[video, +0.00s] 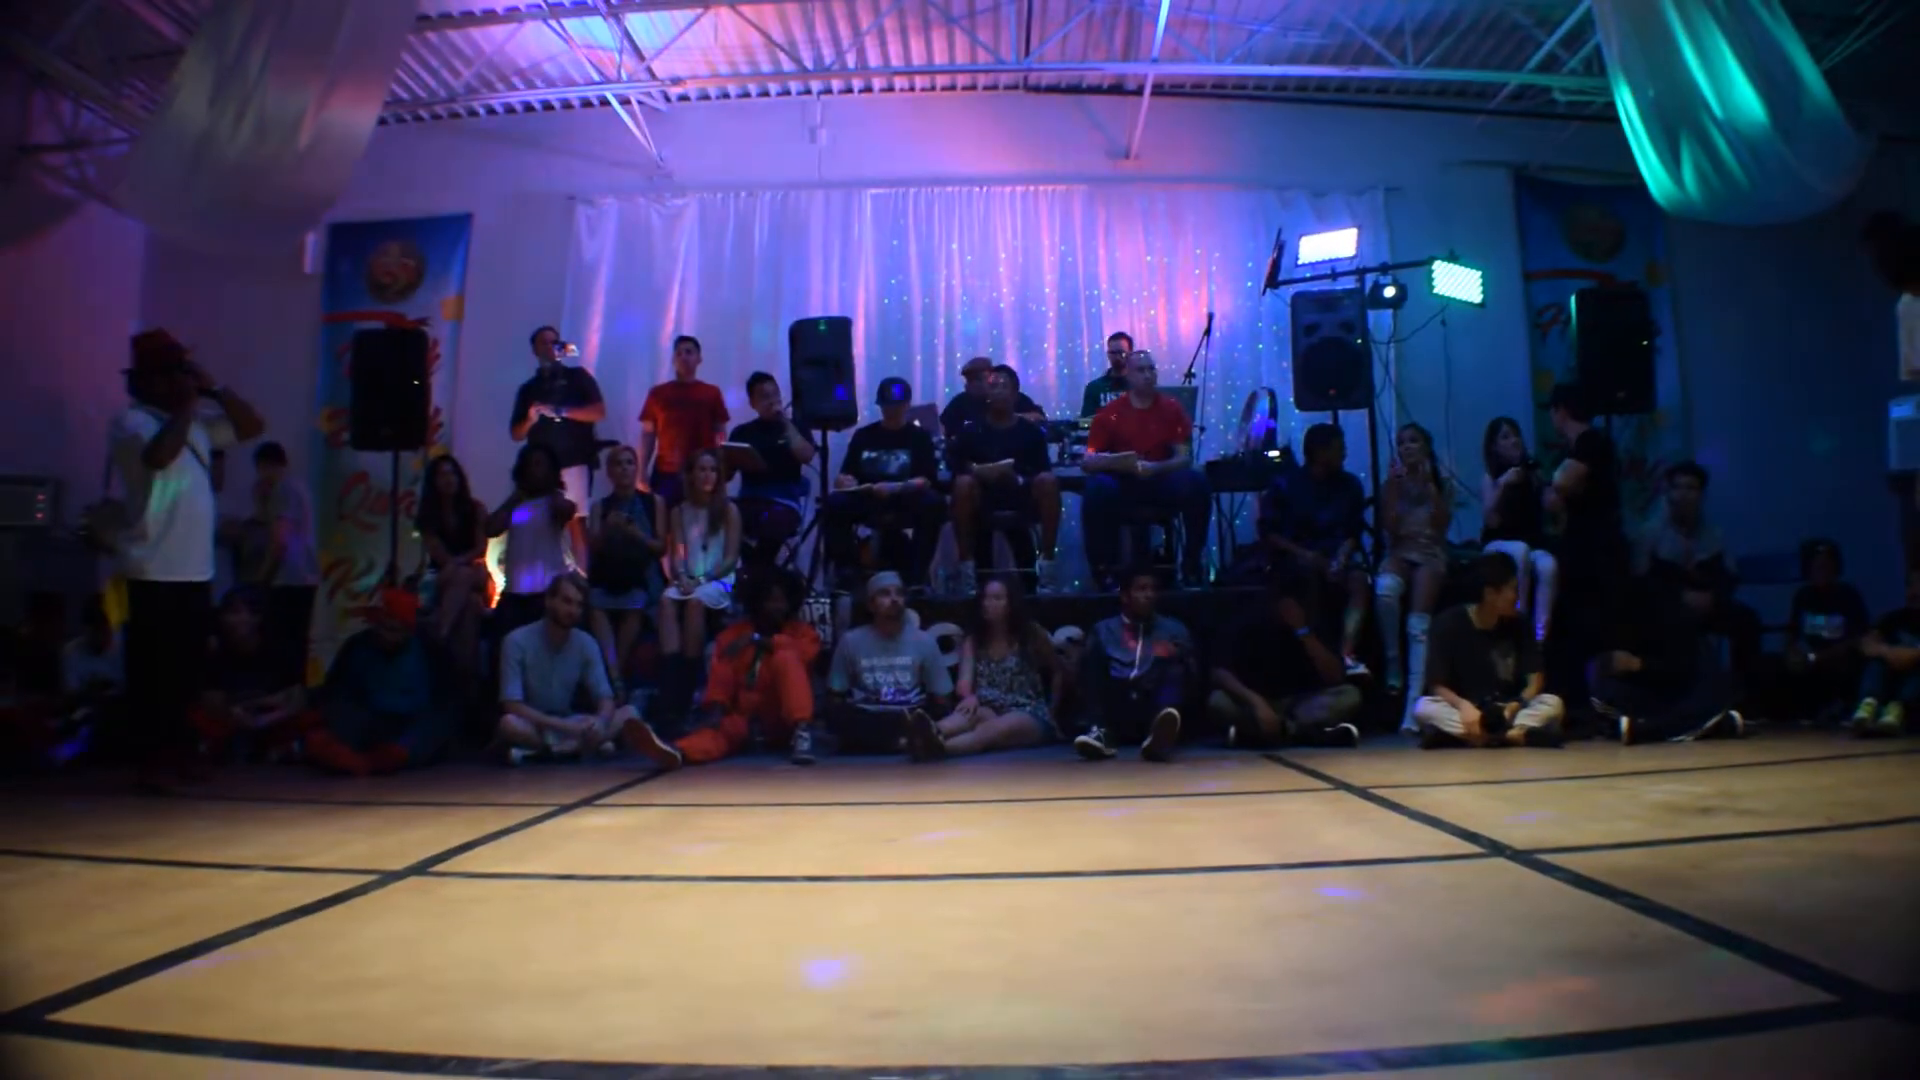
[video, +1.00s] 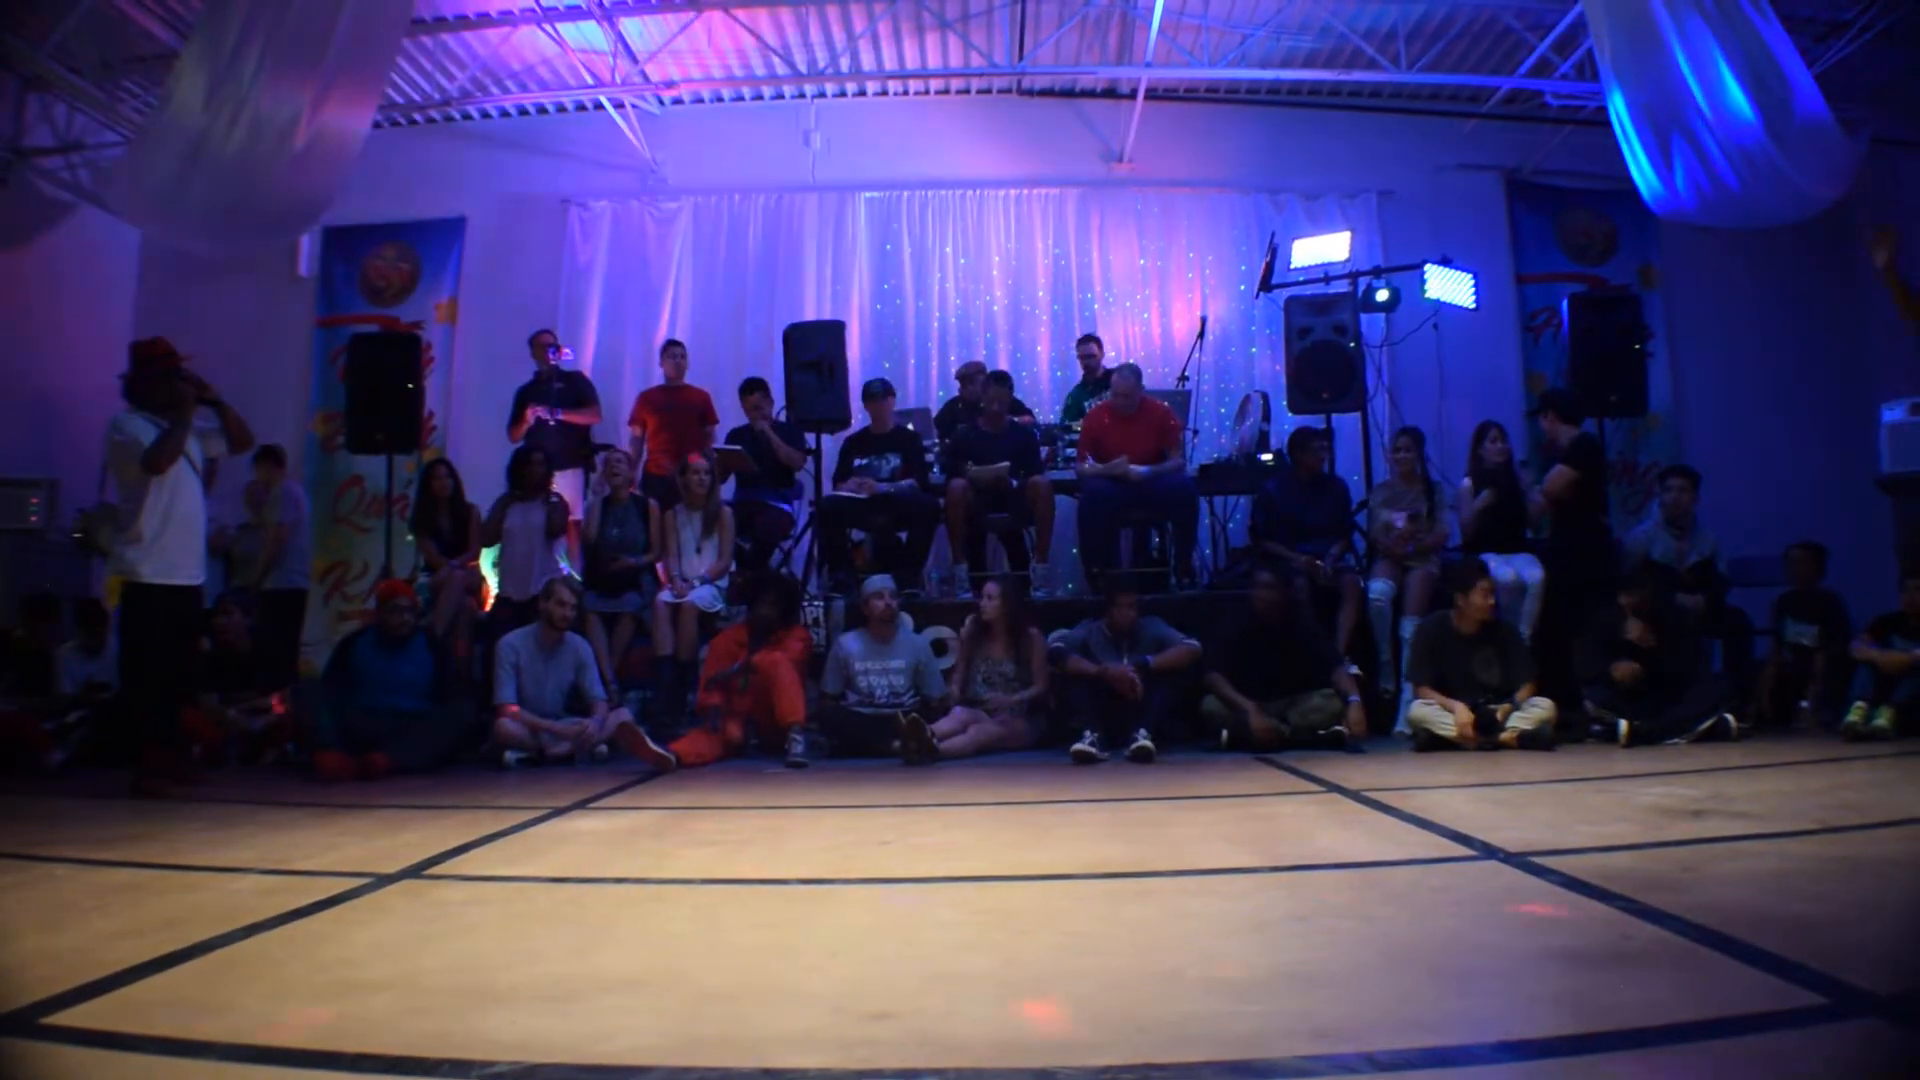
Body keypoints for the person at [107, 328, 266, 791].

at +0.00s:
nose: (183, 384)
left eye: (185, 376)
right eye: (172, 375)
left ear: (186, 382)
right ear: (149, 381)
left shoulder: (193, 429)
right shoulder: (132, 423)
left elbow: (251, 426)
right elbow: (158, 458)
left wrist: (214, 390)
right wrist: (184, 407)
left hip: (194, 577)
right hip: (153, 577)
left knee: (188, 677)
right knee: (154, 679)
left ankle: (184, 760)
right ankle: (151, 766)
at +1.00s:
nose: (176, 387)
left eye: (178, 378)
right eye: (165, 379)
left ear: (179, 385)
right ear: (143, 385)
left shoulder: (183, 433)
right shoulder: (127, 427)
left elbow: (241, 441)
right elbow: (155, 462)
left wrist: (213, 400)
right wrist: (184, 412)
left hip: (186, 580)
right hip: (147, 580)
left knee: (180, 681)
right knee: (148, 682)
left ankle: (176, 764)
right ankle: (147, 769)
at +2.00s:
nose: (185, 389)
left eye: (186, 381)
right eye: (177, 381)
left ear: (179, 386)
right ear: (155, 386)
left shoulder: (182, 431)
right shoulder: (134, 425)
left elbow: (241, 445)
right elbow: (167, 462)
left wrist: (223, 403)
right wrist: (194, 412)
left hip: (187, 577)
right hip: (153, 577)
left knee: (181, 678)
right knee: (151, 678)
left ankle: (172, 761)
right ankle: (146, 767)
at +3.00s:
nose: (178, 391)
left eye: (181, 383)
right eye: (167, 384)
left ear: (186, 388)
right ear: (147, 390)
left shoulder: (208, 437)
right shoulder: (128, 434)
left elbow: (250, 476)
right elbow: (119, 470)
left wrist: (241, 510)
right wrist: (152, 421)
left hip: (193, 583)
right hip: (141, 583)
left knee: (186, 680)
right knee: (143, 681)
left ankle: (183, 760)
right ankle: (143, 765)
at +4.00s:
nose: (199, 392)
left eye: (203, 383)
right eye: (188, 385)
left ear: (209, 389)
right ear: (167, 391)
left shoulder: (223, 442)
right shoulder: (148, 434)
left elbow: (243, 507)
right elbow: (144, 471)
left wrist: (241, 569)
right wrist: (177, 420)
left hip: (209, 588)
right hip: (160, 588)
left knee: (202, 685)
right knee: (165, 684)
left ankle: (194, 766)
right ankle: (164, 767)